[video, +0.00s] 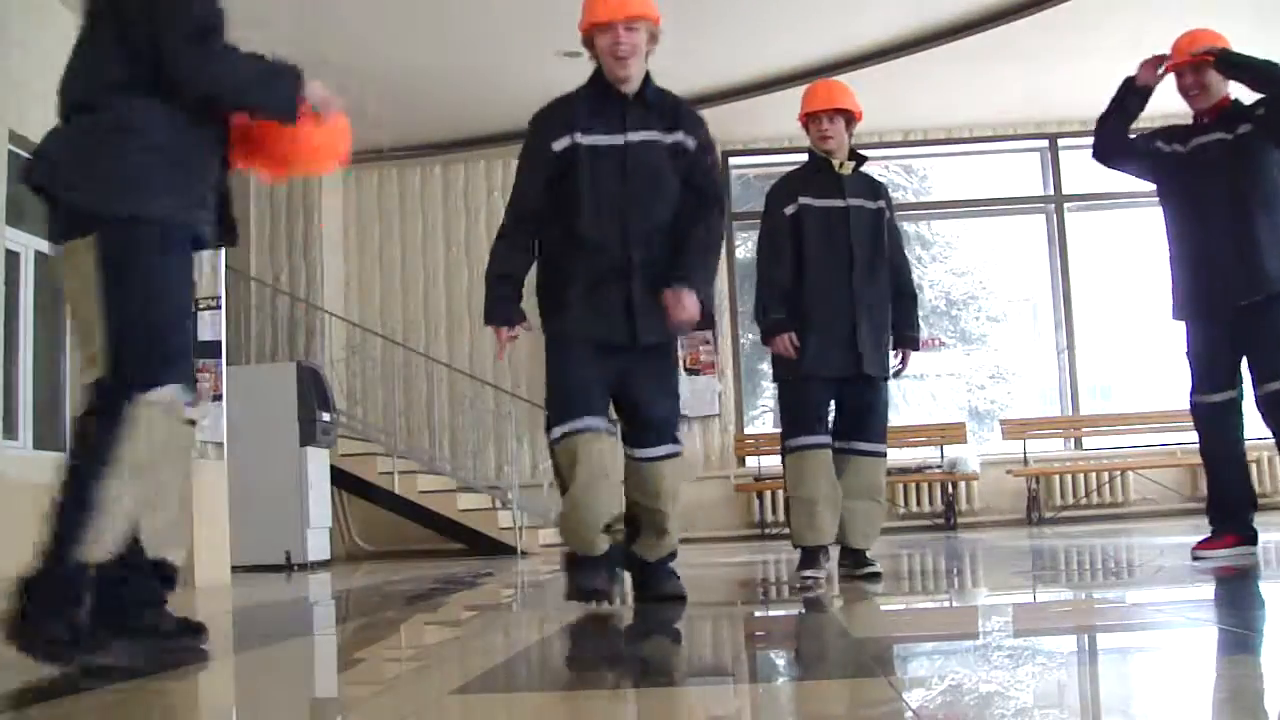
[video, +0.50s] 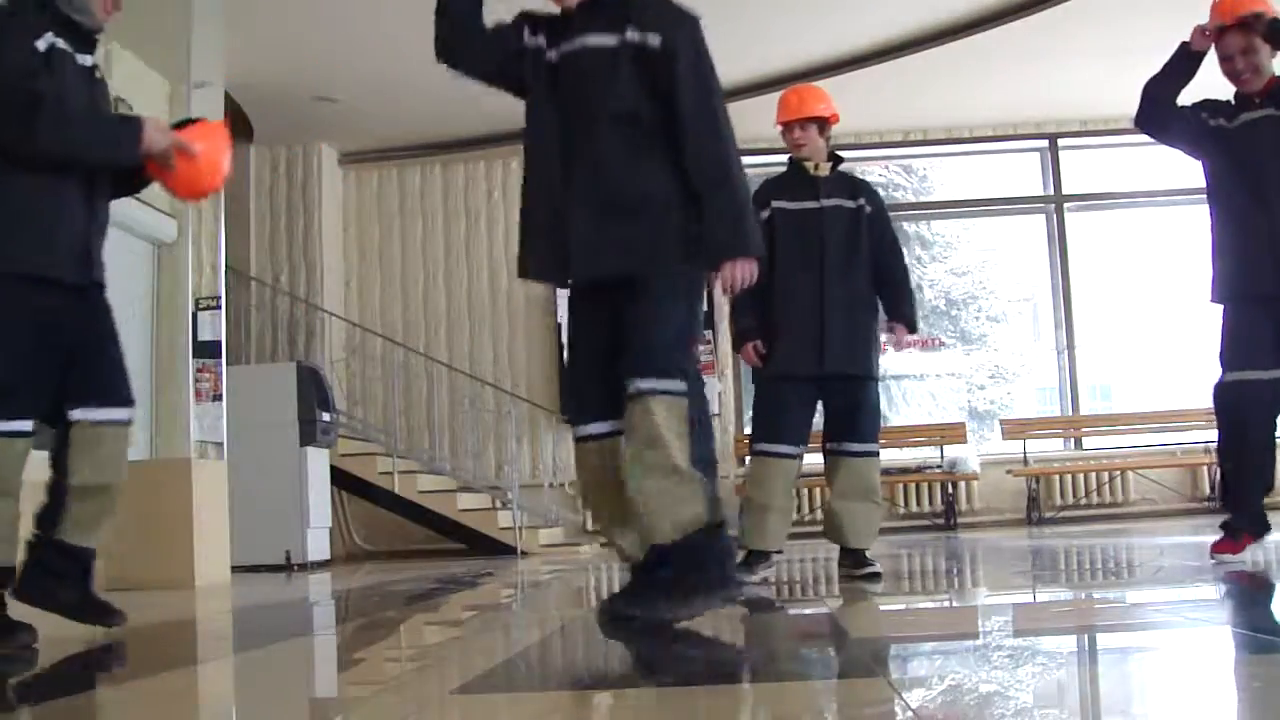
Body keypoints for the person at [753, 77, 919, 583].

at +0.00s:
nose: (825, 129)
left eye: (835, 119)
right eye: (816, 121)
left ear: (851, 125)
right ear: (804, 129)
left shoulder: (874, 192)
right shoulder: (787, 192)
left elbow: (896, 264)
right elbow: (772, 264)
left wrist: (905, 326)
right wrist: (775, 322)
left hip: (865, 341)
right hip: (805, 342)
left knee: (863, 448)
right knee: (808, 447)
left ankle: (857, 547)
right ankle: (813, 548)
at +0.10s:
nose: (821, 128)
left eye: (830, 119)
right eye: (812, 121)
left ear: (849, 125)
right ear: (802, 129)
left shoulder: (873, 193)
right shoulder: (785, 192)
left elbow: (896, 264)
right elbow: (771, 266)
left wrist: (909, 324)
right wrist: (774, 323)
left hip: (864, 343)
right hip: (803, 344)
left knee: (863, 449)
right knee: (806, 449)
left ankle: (857, 550)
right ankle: (811, 551)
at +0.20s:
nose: (817, 130)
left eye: (826, 121)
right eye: (808, 123)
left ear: (845, 126)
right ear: (799, 131)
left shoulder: (872, 194)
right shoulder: (782, 194)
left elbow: (898, 263)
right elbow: (768, 266)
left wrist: (914, 321)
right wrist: (769, 324)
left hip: (862, 346)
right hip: (801, 347)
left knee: (862, 451)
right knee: (804, 451)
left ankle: (857, 550)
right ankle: (807, 552)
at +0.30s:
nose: (813, 132)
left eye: (822, 122)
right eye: (804, 124)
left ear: (841, 128)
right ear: (795, 132)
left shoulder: (871, 193)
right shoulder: (779, 194)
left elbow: (898, 261)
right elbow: (762, 264)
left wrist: (915, 319)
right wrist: (762, 319)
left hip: (858, 345)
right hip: (795, 345)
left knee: (860, 450)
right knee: (792, 449)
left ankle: (856, 548)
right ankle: (793, 550)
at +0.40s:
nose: (806, 135)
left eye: (815, 125)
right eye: (798, 128)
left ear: (835, 128)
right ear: (790, 134)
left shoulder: (869, 195)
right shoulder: (773, 196)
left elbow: (895, 262)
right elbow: (757, 266)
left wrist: (913, 319)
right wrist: (753, 320)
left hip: (854, 347)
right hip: (789, 348)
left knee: (856, 453)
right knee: (783, 452)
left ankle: (855, 548)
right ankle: (776, 548)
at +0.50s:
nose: (797, 136)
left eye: (806, 126)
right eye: (790, 128)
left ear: (827, 129)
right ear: (782, 134)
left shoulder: (861, 194)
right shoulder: (766, 196)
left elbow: (888, 258)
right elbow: (745, 268)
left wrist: (900, 314)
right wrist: (745, 329)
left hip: (851, 346)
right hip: (785, 348)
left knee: (856, 453)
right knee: (773, 453)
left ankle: (857, 549)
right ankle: (760, 549)